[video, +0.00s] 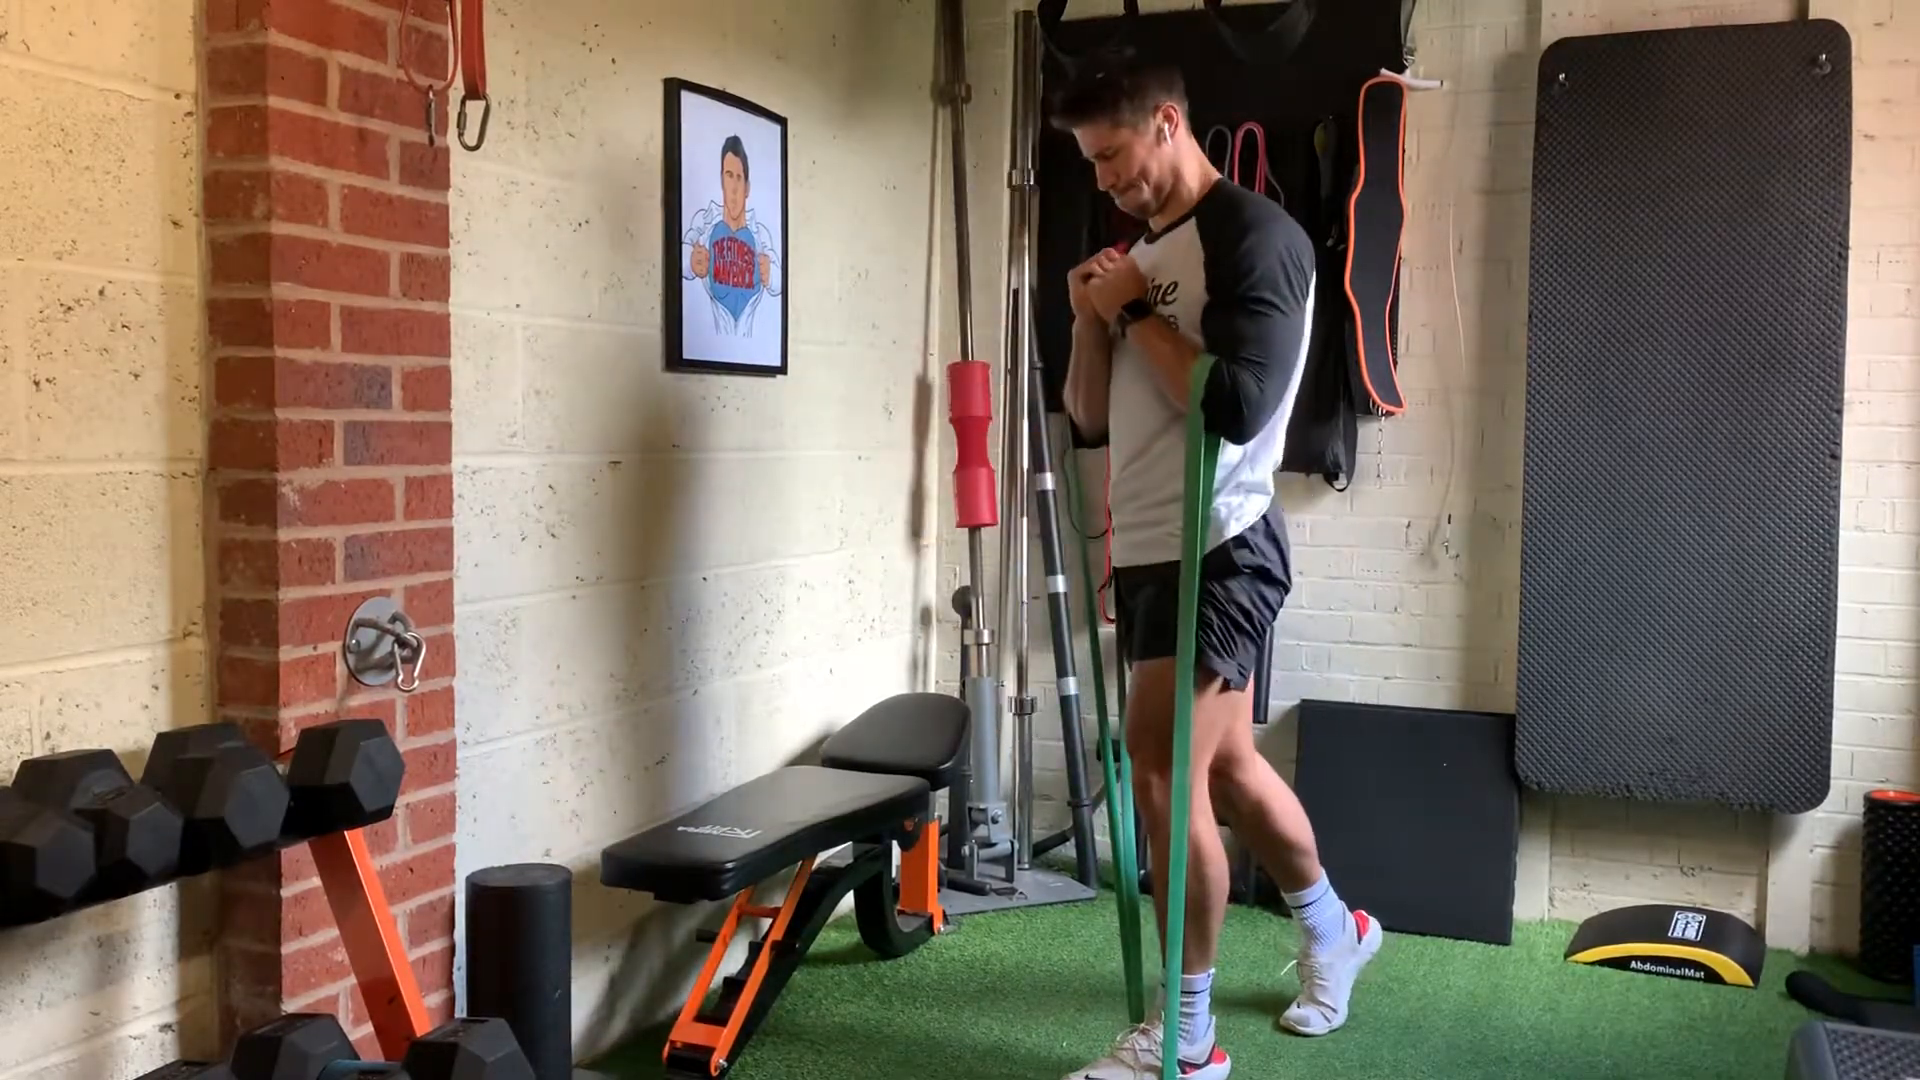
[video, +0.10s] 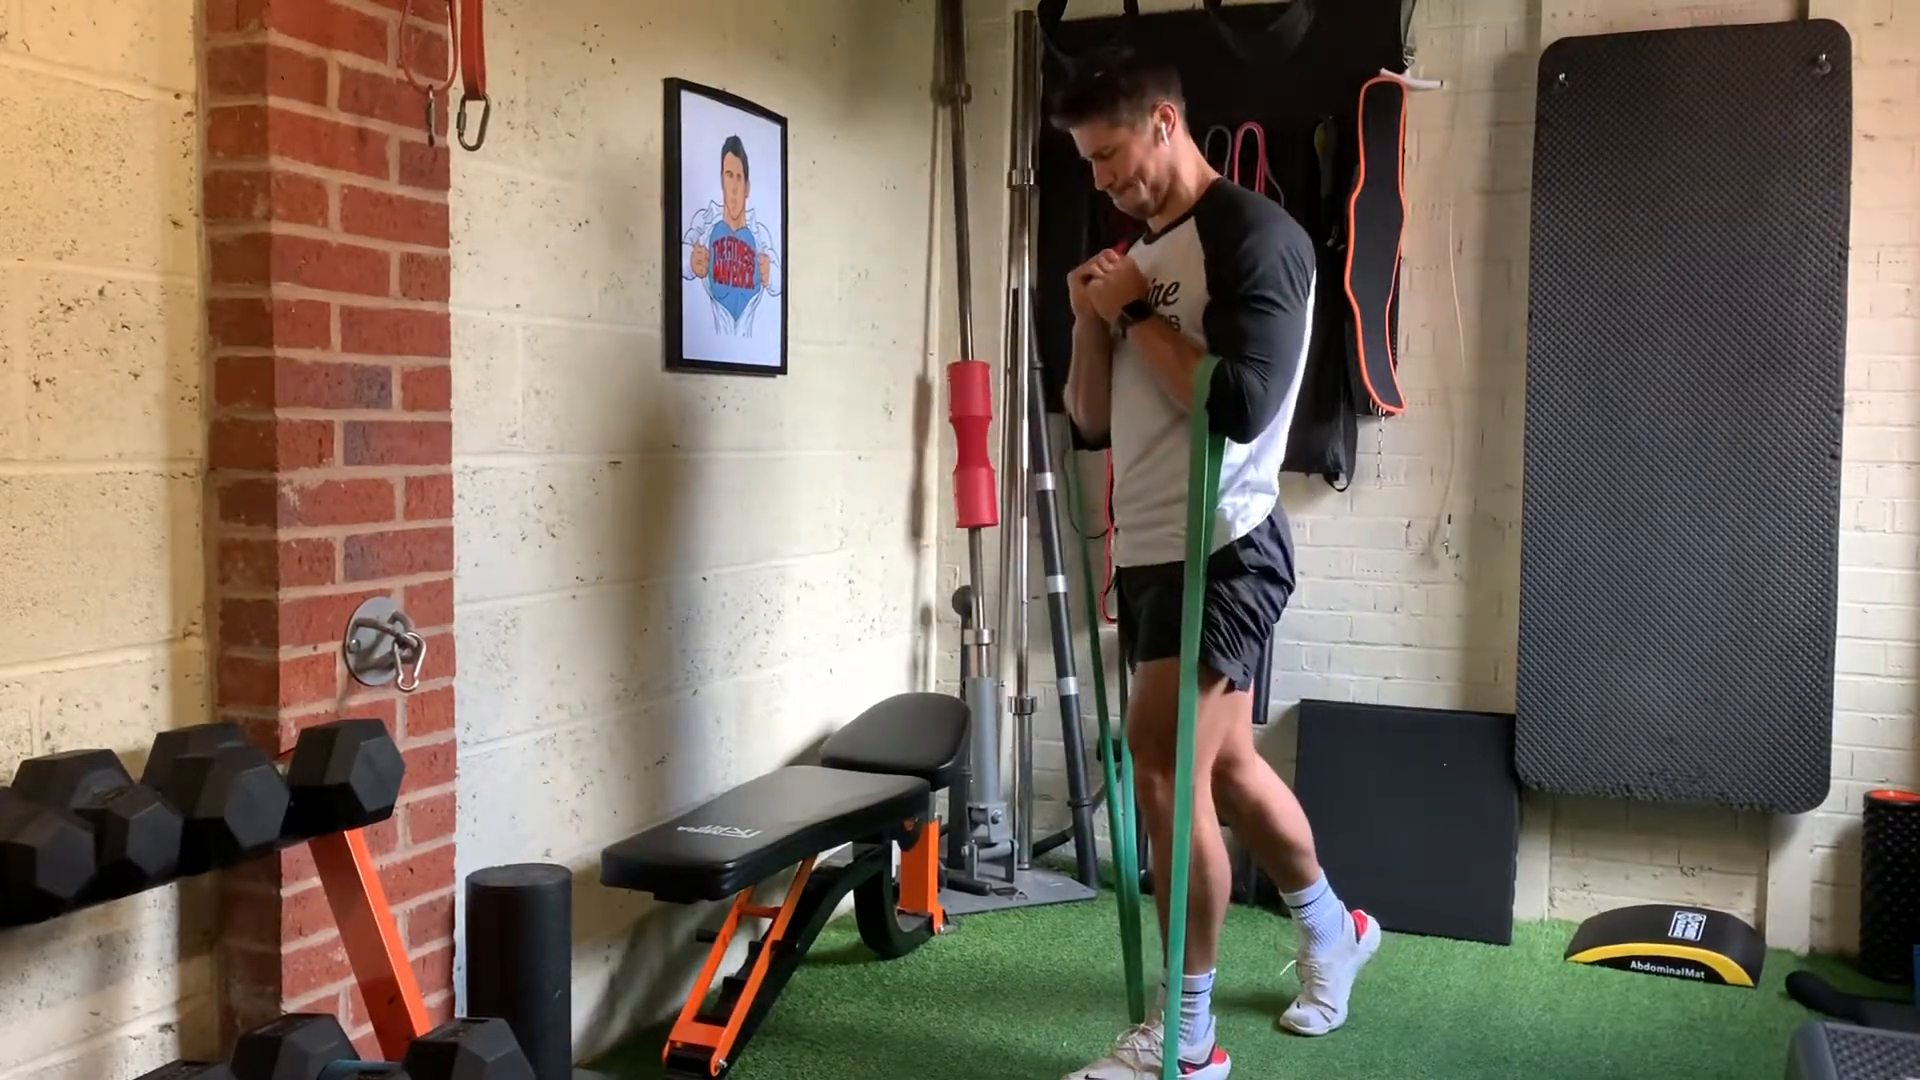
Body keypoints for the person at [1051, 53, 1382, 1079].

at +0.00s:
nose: (1109, 183)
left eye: (1119, 158)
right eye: (1094, 165)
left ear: (1173, 130)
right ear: (1094, 156)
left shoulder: (1260, 235)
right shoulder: (1124, 252)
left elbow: (1241, 404)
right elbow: (1091, 421)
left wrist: (1128, 314)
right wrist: (1094, 320)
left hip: (1222, 546)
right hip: (1144, 554)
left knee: (1164, 775)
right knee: (1231, 768)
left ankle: (1187, 1032)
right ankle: (1336, 930)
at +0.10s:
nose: (1109, 188)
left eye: (1117, 161)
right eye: (1094, 170)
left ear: (1169, 127)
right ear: (1093, 158)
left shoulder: (1262, 236)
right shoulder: (1127, 251)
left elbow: (1244, 407)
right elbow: (1091, 424)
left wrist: (1129, 315)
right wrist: (1094, 321)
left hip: (1228, 547)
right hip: (1146, 552)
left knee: (1164, 766)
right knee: (1232, 769)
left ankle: (1188, 1032)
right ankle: (1334, 929)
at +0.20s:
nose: (1103, 187)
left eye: (1110, 161)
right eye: (1089, 168)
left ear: (1165, 130)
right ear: (1112, 154)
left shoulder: (1262, 239)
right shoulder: (1127, 252)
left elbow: (1245, 412)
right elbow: (1092, 424)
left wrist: (1134, 318)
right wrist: (1092, 325)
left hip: (1228, 546)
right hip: (1148, 550)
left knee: (1162, 767)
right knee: (1229, 771)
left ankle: (1188, 1034)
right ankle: (1335, 929)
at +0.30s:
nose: (1096, 186)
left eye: (1104, 160)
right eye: (1083, 167)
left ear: (1161, 128)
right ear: (1093, 157)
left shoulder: (1257, 238)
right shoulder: (1125, 253)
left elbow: (1242, 412)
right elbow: (1092, 425)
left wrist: (1130, 321)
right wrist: (1088, 328)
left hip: (1225, 546)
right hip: (1147, 550)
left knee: (1161, 765)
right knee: (1228, 771)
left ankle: (1188, 1033)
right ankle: (1333, 928)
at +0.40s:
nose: (1084, 186)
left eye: (1093, 161)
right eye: (1072, 168)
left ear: (1149, 131)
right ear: (1091, 155)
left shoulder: (1249, 239)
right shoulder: (1117, 254)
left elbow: (1241, 414)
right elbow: (1093, 430)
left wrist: (1126, 326)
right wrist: (1085, 335)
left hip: (1231, 548)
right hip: (1151, 553)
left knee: (1159, 763)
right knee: (1229, 772)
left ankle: (1189, 1032)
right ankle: (1336, 929)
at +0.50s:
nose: (1071, 192)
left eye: (1080, 167)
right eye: (1058, 174)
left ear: (1136, 137)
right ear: (1068, 164)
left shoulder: (1239, 241)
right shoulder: (1110, 260)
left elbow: (1241, 419)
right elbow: (1097, 437)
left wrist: (1121, 337)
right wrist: (1081, 347)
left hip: (1236, 549)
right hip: (1159, 555)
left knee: (1160, 768)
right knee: (1225, 775)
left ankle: (1186, 1035)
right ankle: (1338, 932)